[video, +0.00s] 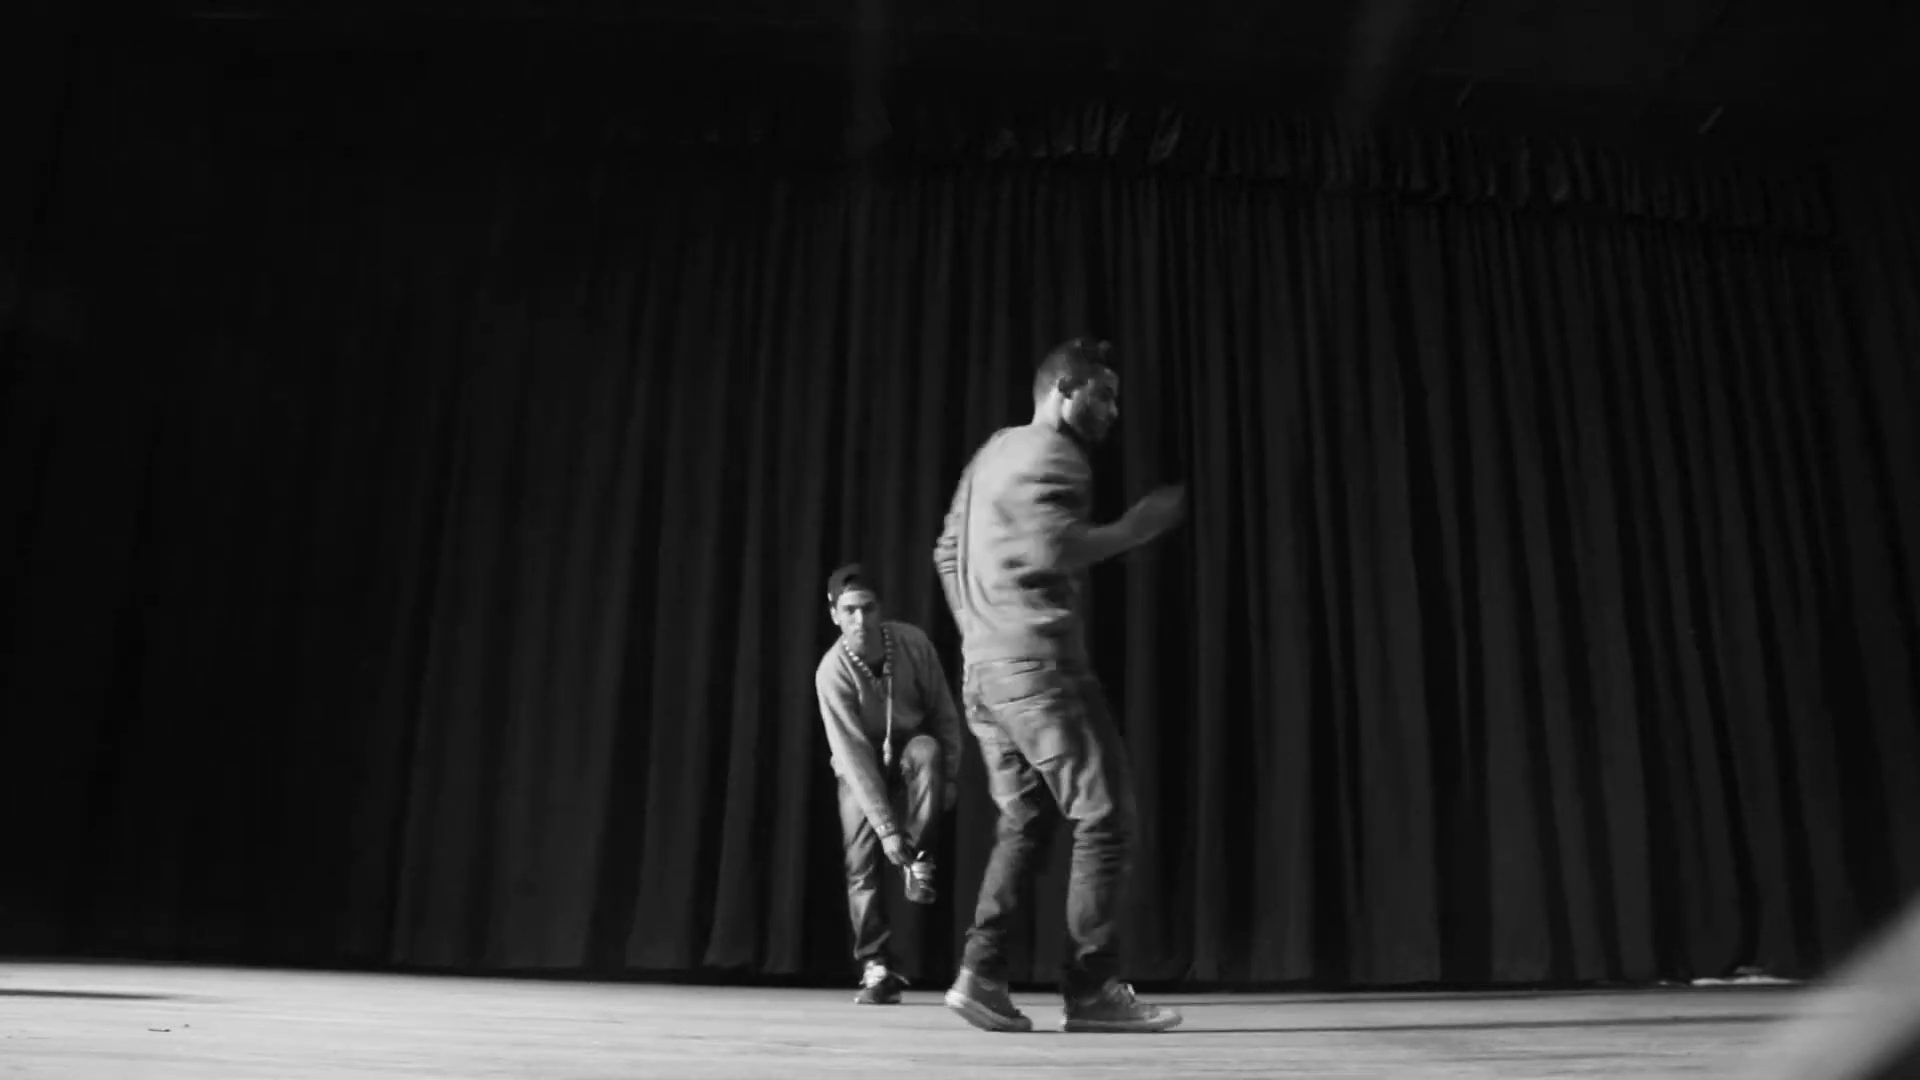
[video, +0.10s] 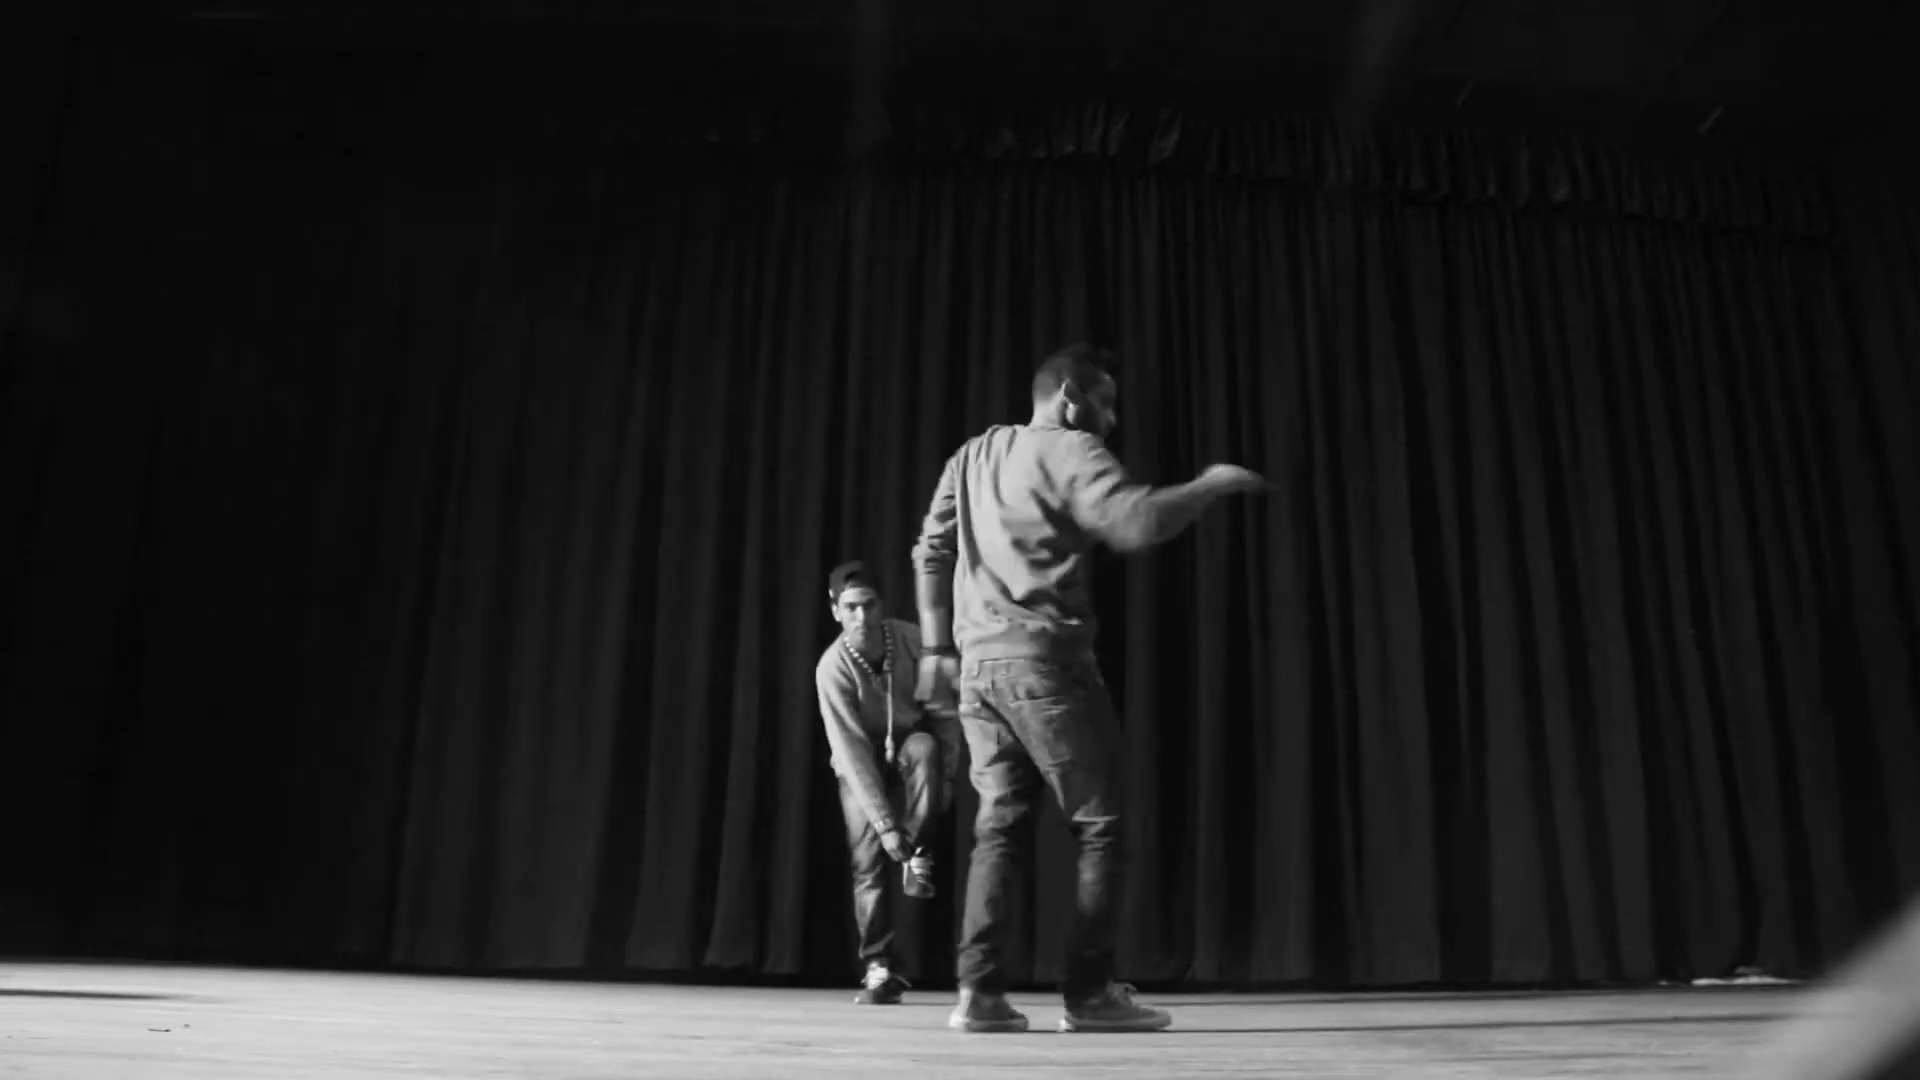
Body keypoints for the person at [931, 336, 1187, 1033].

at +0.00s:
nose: (1112, 412)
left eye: (1114, 399)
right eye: (1105, 396)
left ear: (1050, 395)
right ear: (1065, 391)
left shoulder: (991, 454)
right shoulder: (1051, 454)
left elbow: (949, 552)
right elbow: (1051, 548)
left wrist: (985, 635)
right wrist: (1133, 529)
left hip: (985, 673)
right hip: (1037, 668)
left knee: (1024, 817)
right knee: (1102, 815)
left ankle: (980, 976)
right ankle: (1095, 988)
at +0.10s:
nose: (1111, 421)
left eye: (1113, 407)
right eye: (1105, 406)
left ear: (1044, 400)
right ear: (1072, 398)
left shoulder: (975, 453)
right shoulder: (1072, 453)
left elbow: (931, 550)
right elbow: (1130, 523)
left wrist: (936, 644)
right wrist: (1211, 484)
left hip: (977, 668)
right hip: (1042, 664)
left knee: (999, 823)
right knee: (1100, 823)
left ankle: (978, 995)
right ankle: (1092, 994)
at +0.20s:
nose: (1111, 419)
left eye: (1110, 409)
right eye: (1107, 408)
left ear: (1040, 403)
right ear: (1081, 399)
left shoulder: (972, 456)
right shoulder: (1097, 440)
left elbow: (922, 547)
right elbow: (1174, 466)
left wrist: (903, 641)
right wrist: (1242, 493)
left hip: (975, 664)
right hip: (1049, 662)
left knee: (990, 824)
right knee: (1114, 819)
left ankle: (977, 995)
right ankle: (1101, 985)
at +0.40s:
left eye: (1038, 405)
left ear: (1033, 405)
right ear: (1096, 411)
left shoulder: (991, 442)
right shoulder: (1130, 453)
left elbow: (927, 516)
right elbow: (1191, 519)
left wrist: (892, 611)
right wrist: (1141, 581)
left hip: (1007, 651)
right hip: (1096, 657)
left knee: (981, 813)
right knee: (1133, 813)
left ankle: (961, 989)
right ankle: (1156, 967)